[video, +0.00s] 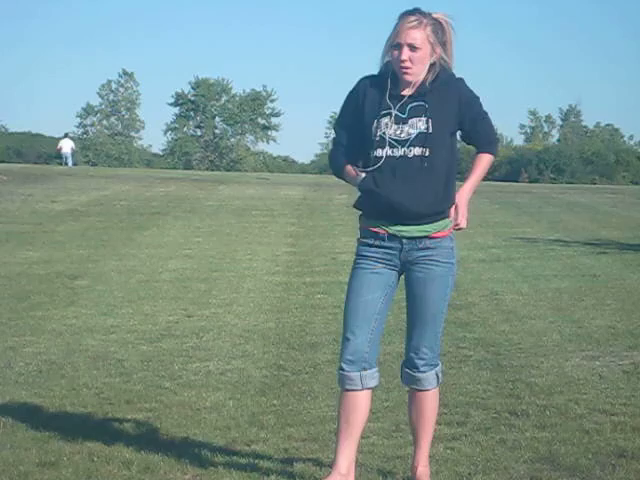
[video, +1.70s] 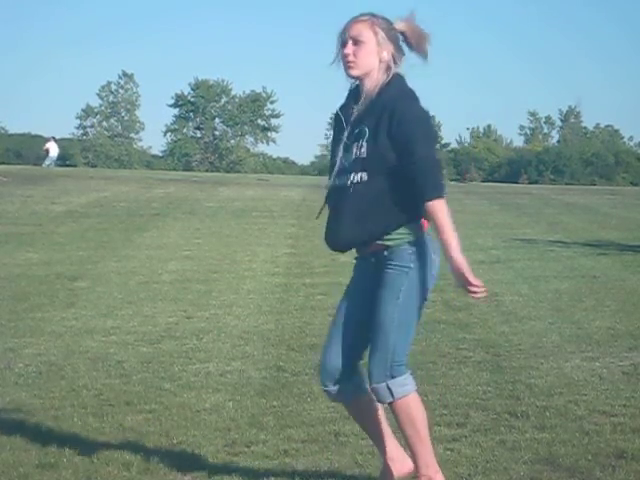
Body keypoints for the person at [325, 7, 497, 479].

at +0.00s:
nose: (403, 55)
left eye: (413, 48)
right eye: (397, 46)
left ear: (435, 53)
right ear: (388, 49)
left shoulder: (454, 91)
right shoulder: (367, 90)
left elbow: (488, 144)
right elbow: (340, 156)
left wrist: (464, 193)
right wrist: (363, 179)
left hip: (433, 245)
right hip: (374, 243)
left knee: (422, 362)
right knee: (355, 359)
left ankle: (420, 466)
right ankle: (342, 470)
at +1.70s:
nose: (346, 49)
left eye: (357, 42)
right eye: (344, 43)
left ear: (386, 51)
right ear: (343, 53)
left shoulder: (402, 105)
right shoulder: (348, 113)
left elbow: (430, 186)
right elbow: (362, 184)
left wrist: (456, 257)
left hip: (405, 251)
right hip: (368, 256)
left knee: (388, 369)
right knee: (338, 372)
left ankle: (431, 473)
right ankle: (397, 464)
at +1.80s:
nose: (345, 53)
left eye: (355, 46)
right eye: (344, 46)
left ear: (385, 54)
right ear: (347, 55)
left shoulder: (401, 106)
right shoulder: (355, 112)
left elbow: (411, 188)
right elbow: (366, 185)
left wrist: (400, 262)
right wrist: (360, 248)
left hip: (407, 257)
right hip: (368, 258)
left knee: (387, 378)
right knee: (306, 350)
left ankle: (431, 473)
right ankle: (374, 433)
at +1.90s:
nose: (343, 26)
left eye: (353, 18)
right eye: (341, 18)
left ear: (383, 26)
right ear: (343, 28)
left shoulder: (396, 77)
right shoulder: (358, 78)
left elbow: (386, 163)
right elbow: (358, 155)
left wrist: (336, 219)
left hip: (403, 233)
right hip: (360, 233)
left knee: (399, 358)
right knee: (295, 317)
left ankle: (427, 466)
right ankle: (361, 412)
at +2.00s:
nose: (336, 3)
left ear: (376, 2)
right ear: (339, 7)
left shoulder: (386, 49)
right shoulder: (354, 53)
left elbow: (358, 127)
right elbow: (364, 130)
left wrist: (296, 177)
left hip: (398, 210)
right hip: (354, 207)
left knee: (393, 338)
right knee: (303, 305)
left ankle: (406, 449)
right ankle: (354, 412)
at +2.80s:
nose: (325, 42)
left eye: (330, 33)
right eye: (327, 34)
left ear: (349, 36)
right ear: (364, 36)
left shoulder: (365, 85)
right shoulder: (369, 83)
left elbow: (345, 172)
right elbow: (356, 171)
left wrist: (290, 234)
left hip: (364, 235)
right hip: (364, 233)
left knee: (352, 365)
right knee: (338, 368)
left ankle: (396, 475)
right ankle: (390, 472)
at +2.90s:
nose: (324, 59)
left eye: (328, 50)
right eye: (325, 50)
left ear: (346, 56)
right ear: (365, 55)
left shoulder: (362, 107)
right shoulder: (379, 102)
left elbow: (359, 201)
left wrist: (284, 208)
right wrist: (380, 29)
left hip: (367, 259)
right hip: (375, 257)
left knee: (338, 383)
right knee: (292, 362)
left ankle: (392, 475)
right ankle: (364, 466)